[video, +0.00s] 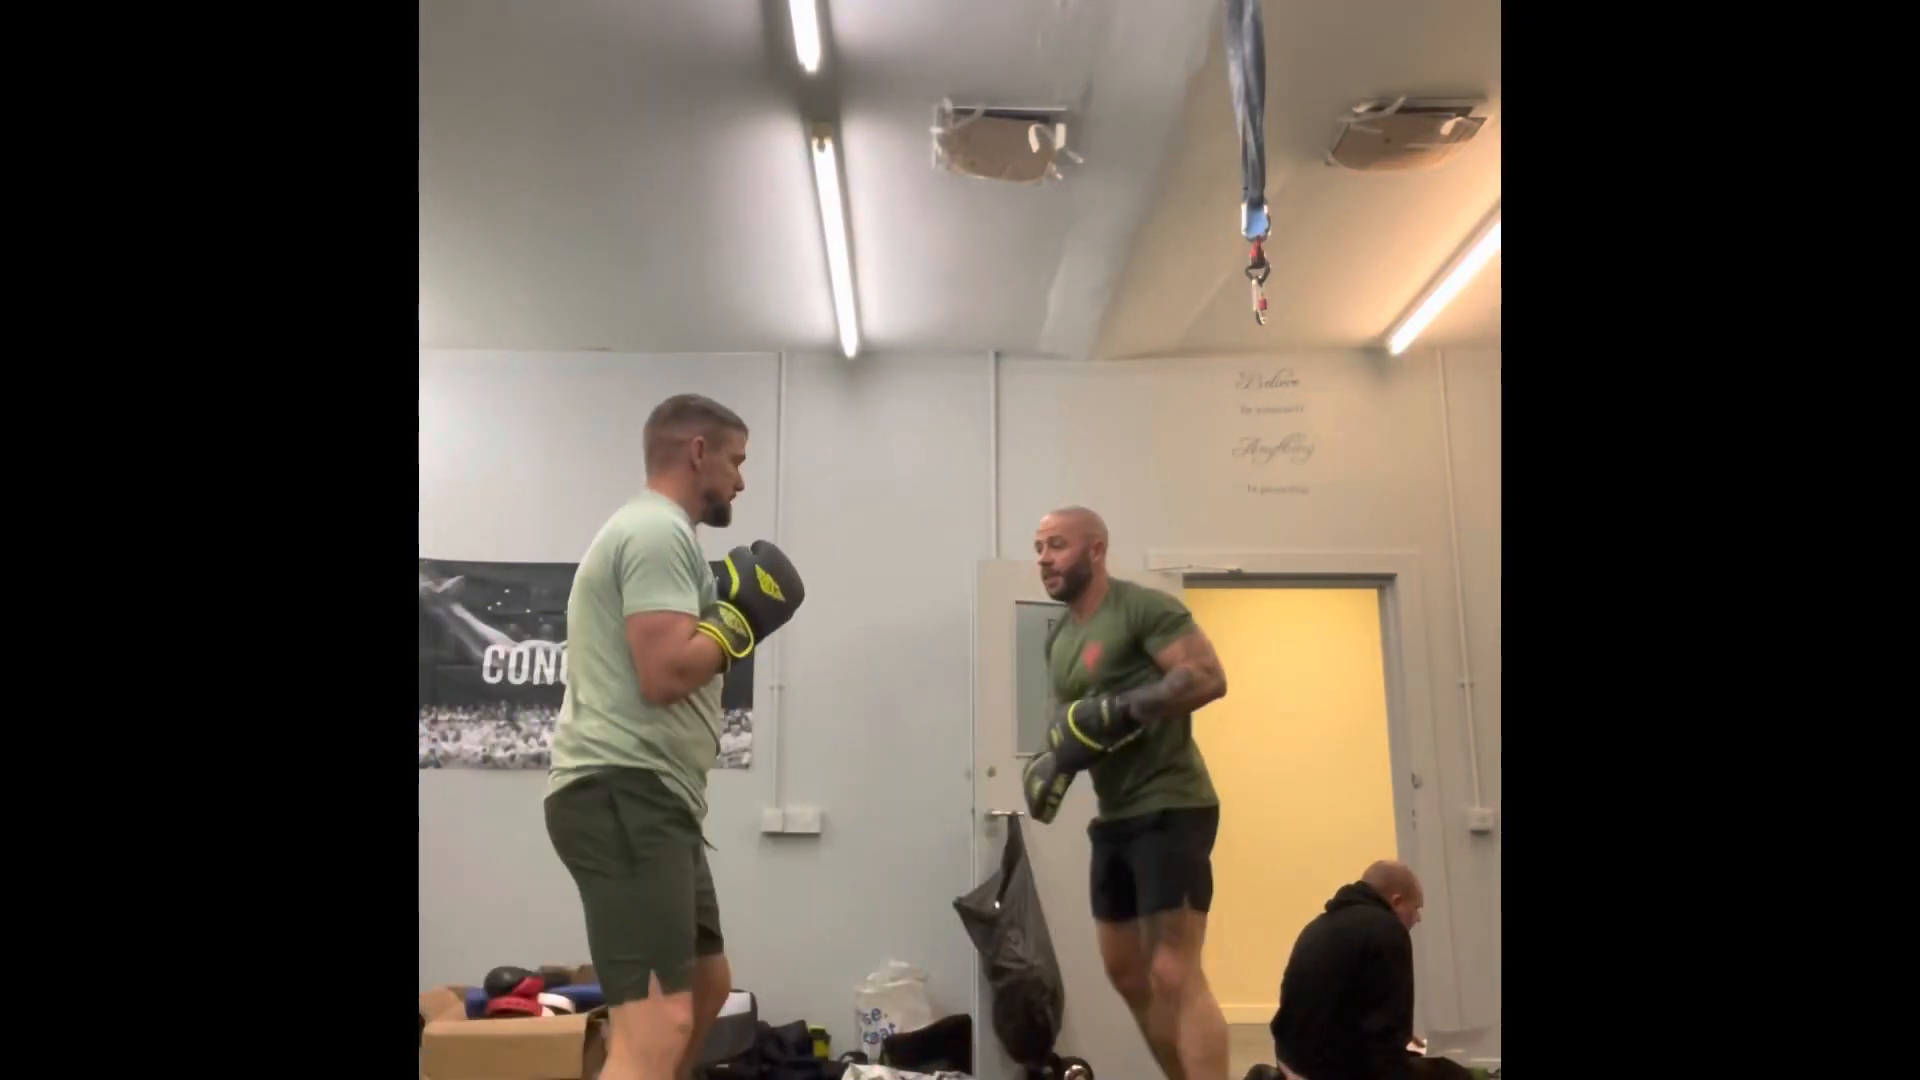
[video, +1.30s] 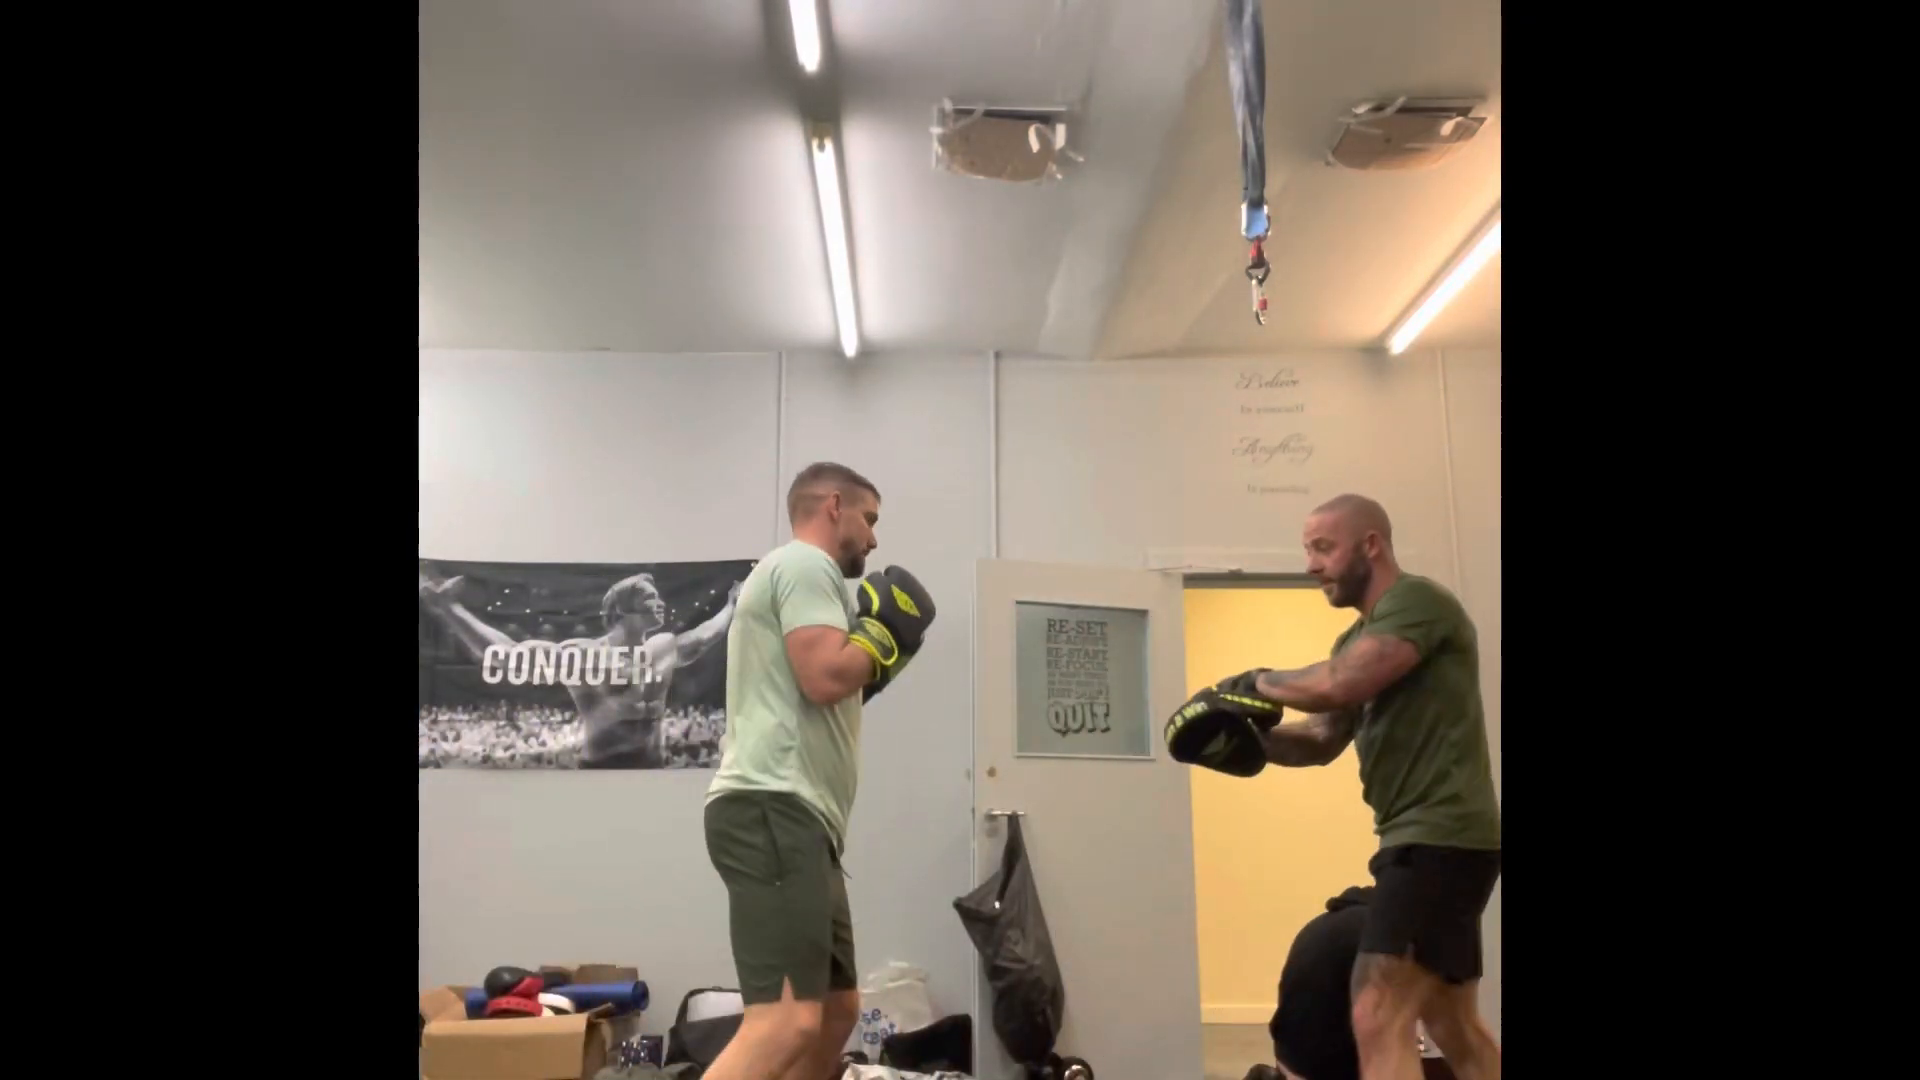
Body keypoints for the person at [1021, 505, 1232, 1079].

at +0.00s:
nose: (1044, 559)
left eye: (1056, 546)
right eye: (1039, 549)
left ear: (1094, 550)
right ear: (1040, 557)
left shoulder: (1146, 607)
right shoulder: (1059, 638)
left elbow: (1207, 676)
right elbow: (1074, 720)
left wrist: (1120, 709)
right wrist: (1055, 762)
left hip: (1174, 808)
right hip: (1115, 817)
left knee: (1175, 972)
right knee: (1128, 973)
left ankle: (1212, 1079)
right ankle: (1187, 1075)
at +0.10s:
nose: (1086, 599)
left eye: (1099, 587)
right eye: (1080, 588)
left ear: (1136, 589)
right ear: (1078, 596)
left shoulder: (1183, 648)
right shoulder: (1092, 673)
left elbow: (1234, 724)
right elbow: (1080, 755)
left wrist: (1170, 646)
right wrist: (1071, 813)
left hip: (1187, 836)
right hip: (1130, 845)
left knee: (1174, 993)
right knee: (1185, 995)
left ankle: (1225, 1076)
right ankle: (1231, 1077)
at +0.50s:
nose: (1117, 593)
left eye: (1128, 580)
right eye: (1115, 582)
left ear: (1167, 583)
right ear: (1151, 586)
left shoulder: (1209, 633)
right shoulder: (1146, 669)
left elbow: (1268, 681)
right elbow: (1147, 752)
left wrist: (1180, 718)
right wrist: (1124, 808)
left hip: (1229, 830)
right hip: (1192, 836)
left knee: (1176, 980)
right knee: (1225, 1000)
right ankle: (1273, 1078)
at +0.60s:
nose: (1153, 580)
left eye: (1164, 568)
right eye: (1151, 569)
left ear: (1205, 571)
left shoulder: (1252, 632)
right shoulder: (1178, 654)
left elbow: (1286, 715)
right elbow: (1179, 742)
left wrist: (1192, 714)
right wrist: (1149, 808)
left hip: (1257, 822)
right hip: (1207, 830)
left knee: (1225, 981)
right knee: (1203, 986)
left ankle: (1283, 1078)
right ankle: (1259, 1078)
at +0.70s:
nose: (1190, 579)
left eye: (1203, 568)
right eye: (1192, 568)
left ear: (1246, 577)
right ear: (1235, 579)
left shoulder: (1284, 647)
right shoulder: (1221, 662)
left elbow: (1283, 741)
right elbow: (1224, 758)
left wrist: (1200, 711)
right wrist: (1182, 831)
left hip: (1295, 849)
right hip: (1244, 854)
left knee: (1281, 1023)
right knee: (1235, 1007)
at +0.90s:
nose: (1249, 548)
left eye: (1261, 533)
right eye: (1250, 534)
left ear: (1308, 539)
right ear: (1305, 542)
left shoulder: (1352, 603)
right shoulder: (1311, 627)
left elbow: (1422, 684)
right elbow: (1340, 740)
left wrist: (1304, 729)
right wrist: (1274, 781)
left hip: (1376, 839)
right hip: (1350, 840)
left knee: (1362, 1036)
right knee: (1393, 1028)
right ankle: (1469, 1074)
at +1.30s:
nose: (1311, 565)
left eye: (1322, 548)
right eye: (1308, 551)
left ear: (1372, 544)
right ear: (1364, 550)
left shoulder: (1418, 601)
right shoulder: (1355, 641)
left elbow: (1347, 682)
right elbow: (1320, 740)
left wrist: (1261, 682)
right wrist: (1246, 738)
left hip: (1444, 835)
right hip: (1418, 837)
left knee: (1380, 1017)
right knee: (1452, 1025)